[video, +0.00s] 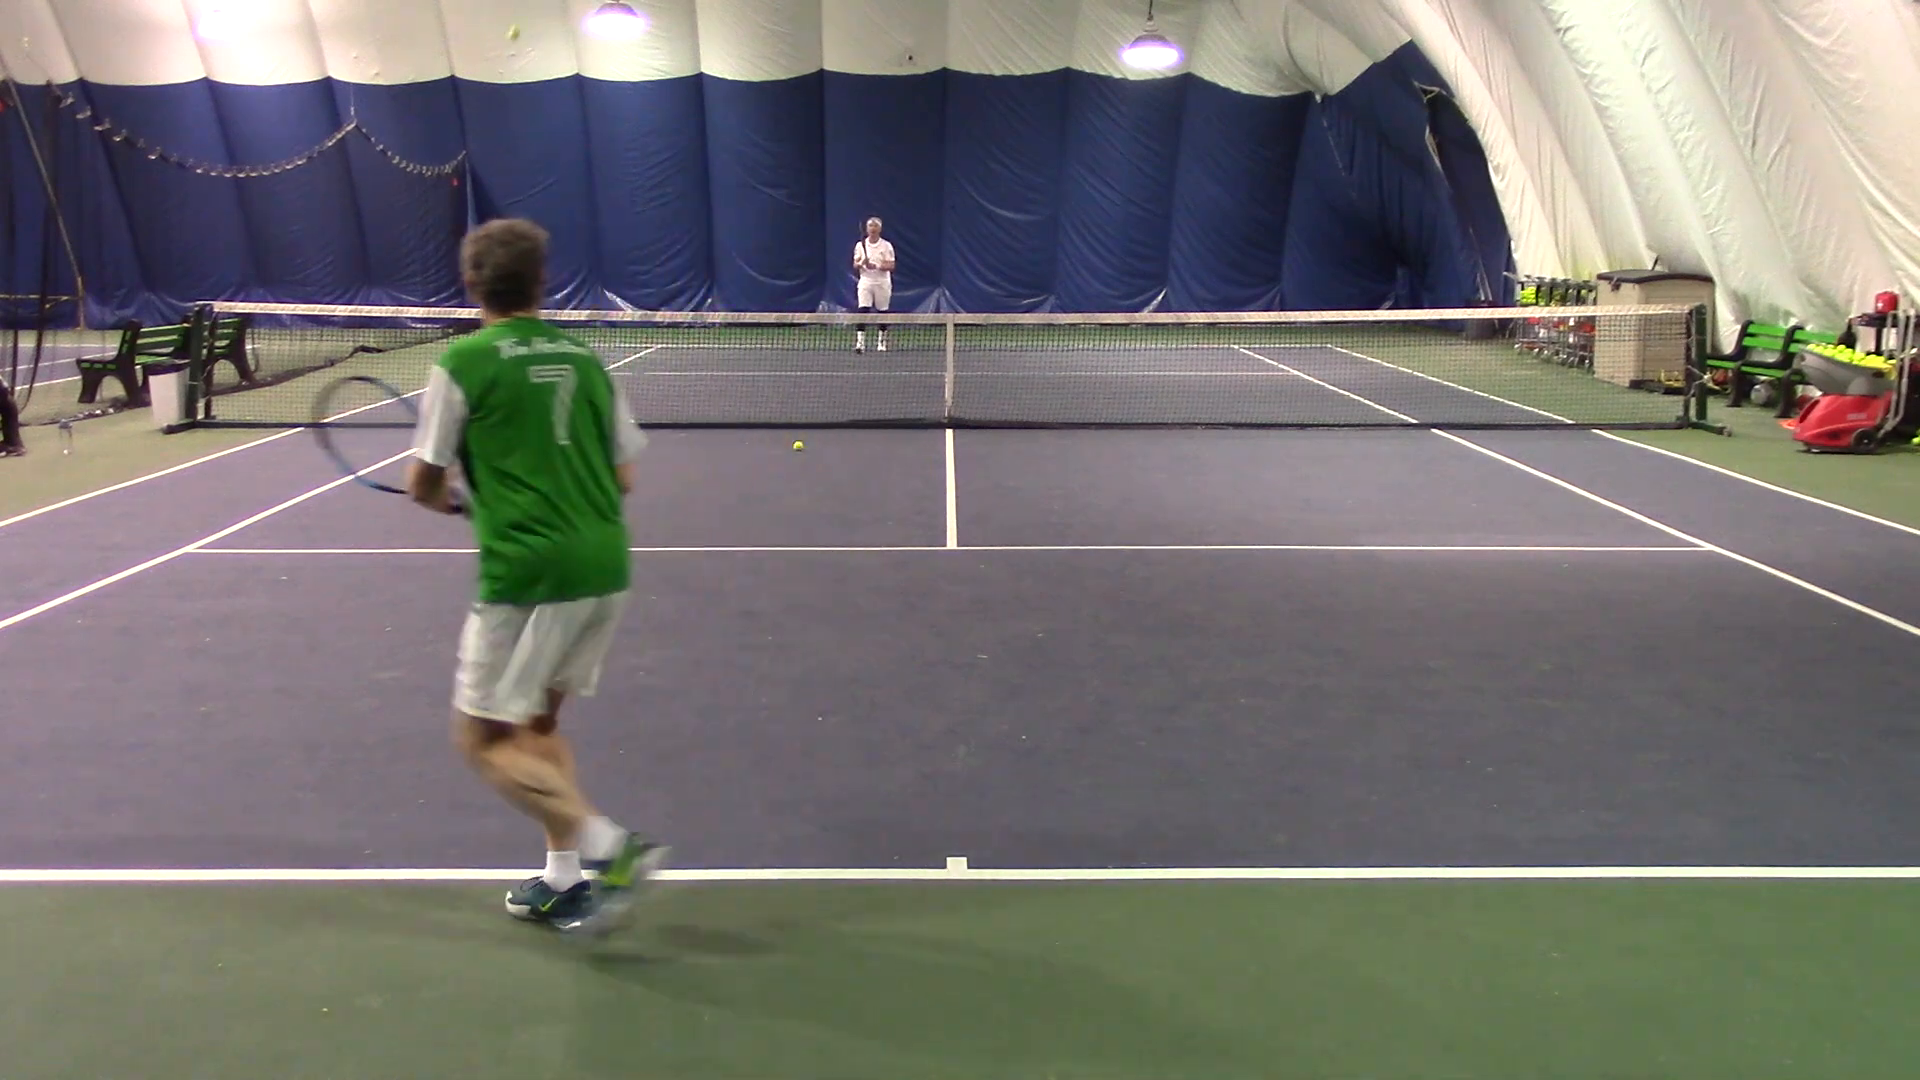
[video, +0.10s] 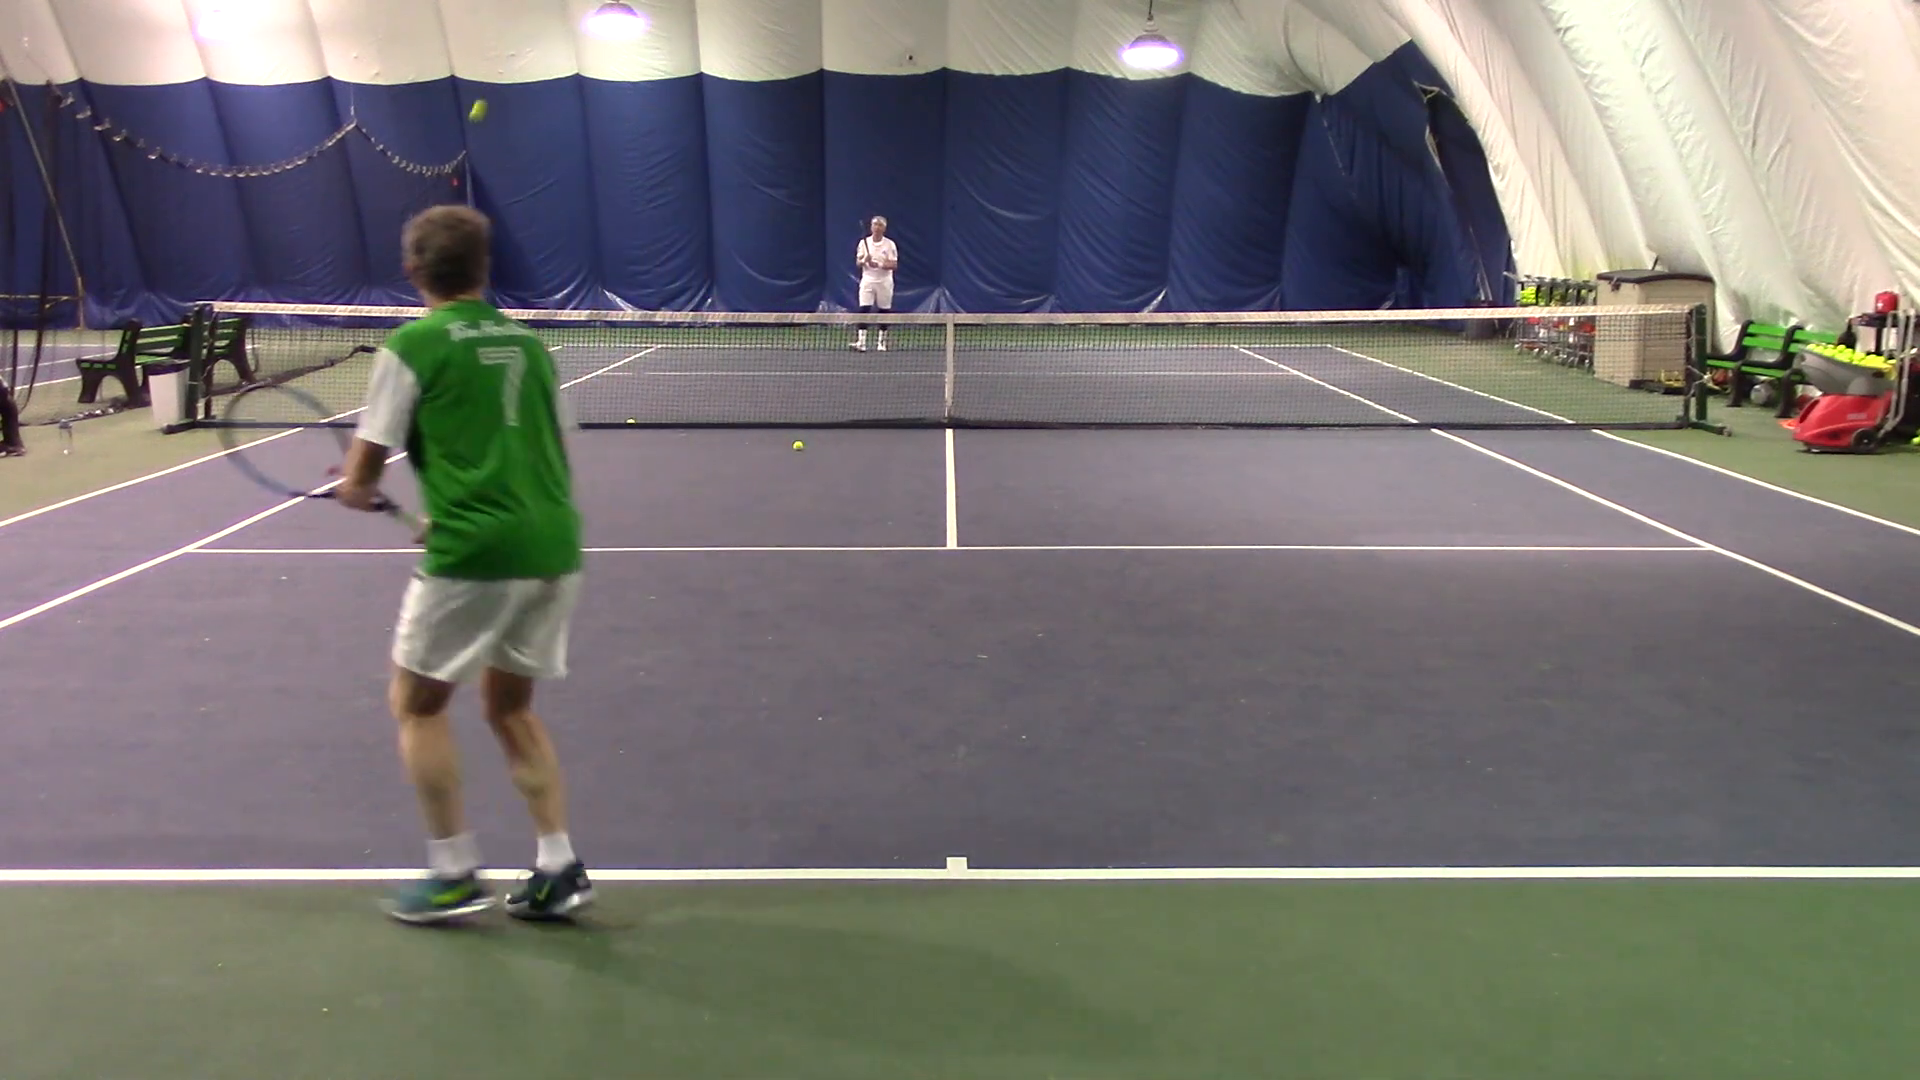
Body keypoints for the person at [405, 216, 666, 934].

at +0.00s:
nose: (464, 288)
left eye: (466, 278)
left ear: (474, 288)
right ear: (541, 283)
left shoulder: (462, 363)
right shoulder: (584, 360)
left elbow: (424, 484)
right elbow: (623, 477)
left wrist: (458, 497)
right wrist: (539, 482)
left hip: (524, 572)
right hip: (603, 565)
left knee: (482, 738)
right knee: (541, 719)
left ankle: (609, 846)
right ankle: (563, 878)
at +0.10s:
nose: (406, 272)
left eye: (408, 263)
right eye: (409, 262)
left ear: (418, 271)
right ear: (485, 269)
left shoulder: (413, 345)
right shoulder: (528, 342)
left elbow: (365, 464)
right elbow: (544, 453)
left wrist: (357, 488)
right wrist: (449, 510)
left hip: (470, 553)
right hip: (554, 548)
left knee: (418, 702)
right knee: (510, 703)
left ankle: (453, 870)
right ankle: (559, 863)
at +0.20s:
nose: (365, 272)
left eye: (366, 262)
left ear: (370, 272)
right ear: (439, 270)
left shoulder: (360, 346)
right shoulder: (483, 343)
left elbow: (319, 449)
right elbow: (483, 453)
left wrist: (296, 498)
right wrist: (396, 512)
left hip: (412, 558)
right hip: (497, 551)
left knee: (383, 709)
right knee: (448, 690)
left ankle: (398, 862)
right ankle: (517, 812)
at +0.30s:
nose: (323, 283)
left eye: (324, 274)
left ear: (327, 284)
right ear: (395, 280)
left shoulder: (314, 357)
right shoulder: (437, 352)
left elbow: (278, 460)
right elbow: (446, 443)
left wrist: (255, 513)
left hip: (361, 555)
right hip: (444, 547)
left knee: (339, 706)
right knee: (383, 673)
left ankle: (393, 859)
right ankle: (421, 809)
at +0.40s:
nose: (285, 293)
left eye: (286, 285)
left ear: (292, 292)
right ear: (359, 289)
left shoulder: (276, 360)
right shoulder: (400, 362)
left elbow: (238, 467)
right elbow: (392, 460)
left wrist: (213, 527)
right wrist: (303, 518)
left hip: (315, 563)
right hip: (397, 557)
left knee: (287, 708)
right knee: (339, 685)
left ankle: (373, 837)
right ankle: (328, 814)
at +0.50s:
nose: (246, 299)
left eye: (248, 290)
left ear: (254, 299)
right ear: (320, 298)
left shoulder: (241, 371)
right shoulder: (360, 371)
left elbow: (199, 483)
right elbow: (354, 485)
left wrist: (160, 539)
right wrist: (256, 544)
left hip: (284, 564)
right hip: (366, 560)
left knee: (217, 695)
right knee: (304, 679)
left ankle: (313, 815)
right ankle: (322, 820)